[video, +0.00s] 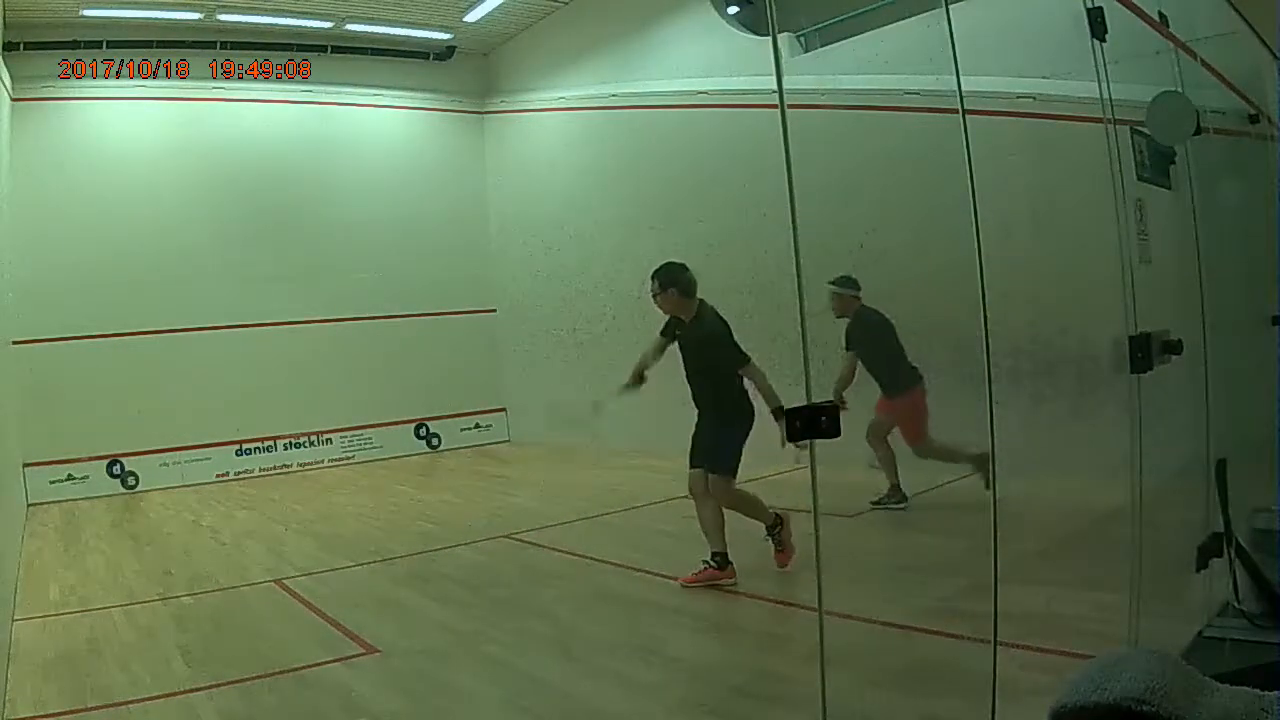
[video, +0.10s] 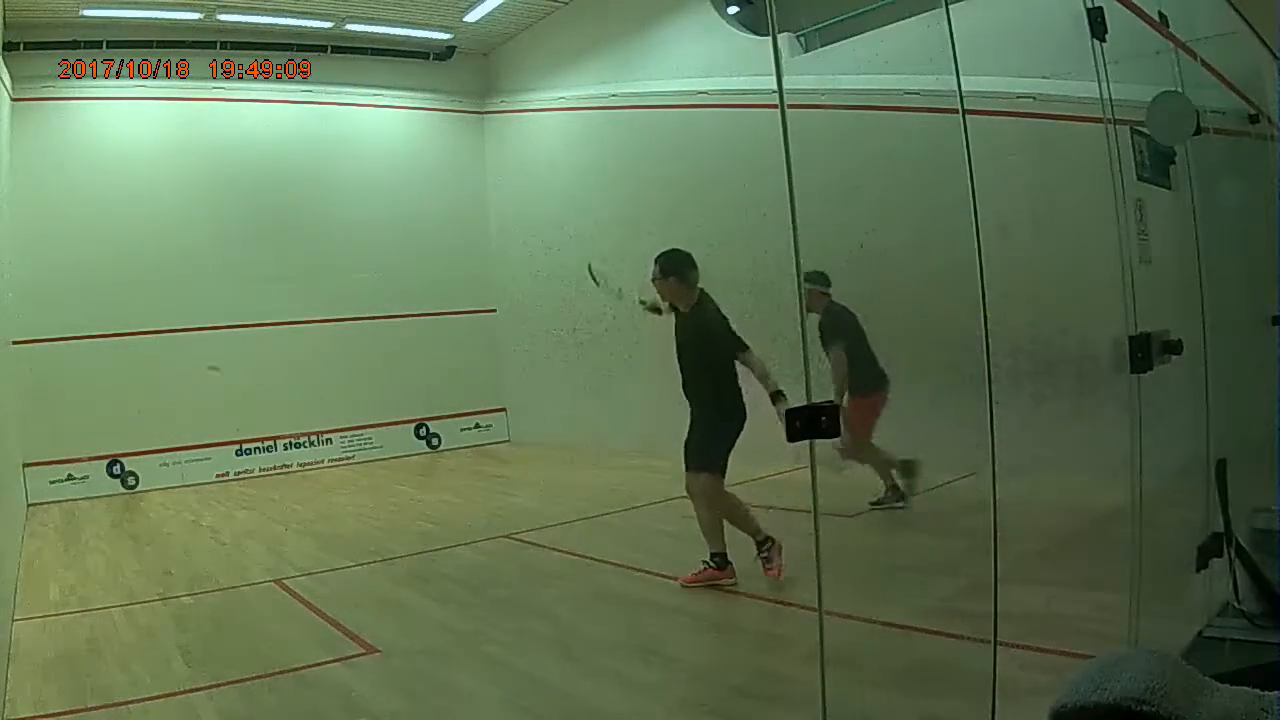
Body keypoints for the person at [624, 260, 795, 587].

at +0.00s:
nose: (655, 301)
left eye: (657, 294)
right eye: (653, 295)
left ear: (676, 292)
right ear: (675, 292)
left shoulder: (712, 329)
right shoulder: (679, 318)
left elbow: (753, 373)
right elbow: (658, 347)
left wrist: (782, 417)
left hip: (733, 415)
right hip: (708, 414)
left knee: (720, 491)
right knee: (698, 487)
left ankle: (775, 524)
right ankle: (720, 562)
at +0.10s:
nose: (655, 287)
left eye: (659, 281)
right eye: (655, 281)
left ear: (678, 281)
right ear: (679, 281)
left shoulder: (709, 319)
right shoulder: (685, 304)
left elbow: (749, 358)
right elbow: (671, 306)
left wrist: (777, 396)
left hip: (723, 412)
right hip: (702, 411)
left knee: (709, 487)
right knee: (695, 485)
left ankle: (765, 543)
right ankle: (719, 563)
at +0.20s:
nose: (658, 278)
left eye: (662, 271)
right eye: (658, 272)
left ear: (681, 273)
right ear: (682, 274)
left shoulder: (704, 311)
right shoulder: (690, 300)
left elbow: (736, 360)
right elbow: (679, 301)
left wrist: (760, 401)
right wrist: (652, 291)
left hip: (717, 411)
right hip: (701, 409)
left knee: (709, 489)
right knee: (695, 486)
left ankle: (759, 567)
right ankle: (718, 565)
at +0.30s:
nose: (663, 271)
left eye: (667, 265)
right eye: (664, 265)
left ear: (683, 268)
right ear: (690, 268)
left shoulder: (707, 307)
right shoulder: (690, 302)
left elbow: (719, 366)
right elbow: (661, 313)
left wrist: (712, 411)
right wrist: (628, 298)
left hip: (716, 413)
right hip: (698, 411)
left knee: (717, 494)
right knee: (696, 486)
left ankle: (736, 586)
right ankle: (718, 565)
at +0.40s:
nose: (669, 270)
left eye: (673, 264)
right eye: (671, 264)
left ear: (688, 268)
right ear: (698, 268)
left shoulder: (711, 311)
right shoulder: (699, 309)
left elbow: (712, 374)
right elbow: (665, 347)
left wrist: (682, 415)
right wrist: (619, 332)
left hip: (720, 418)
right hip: (708, 416)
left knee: (716, 501)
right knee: (692, 489)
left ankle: (743, 598)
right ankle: (718, 564)